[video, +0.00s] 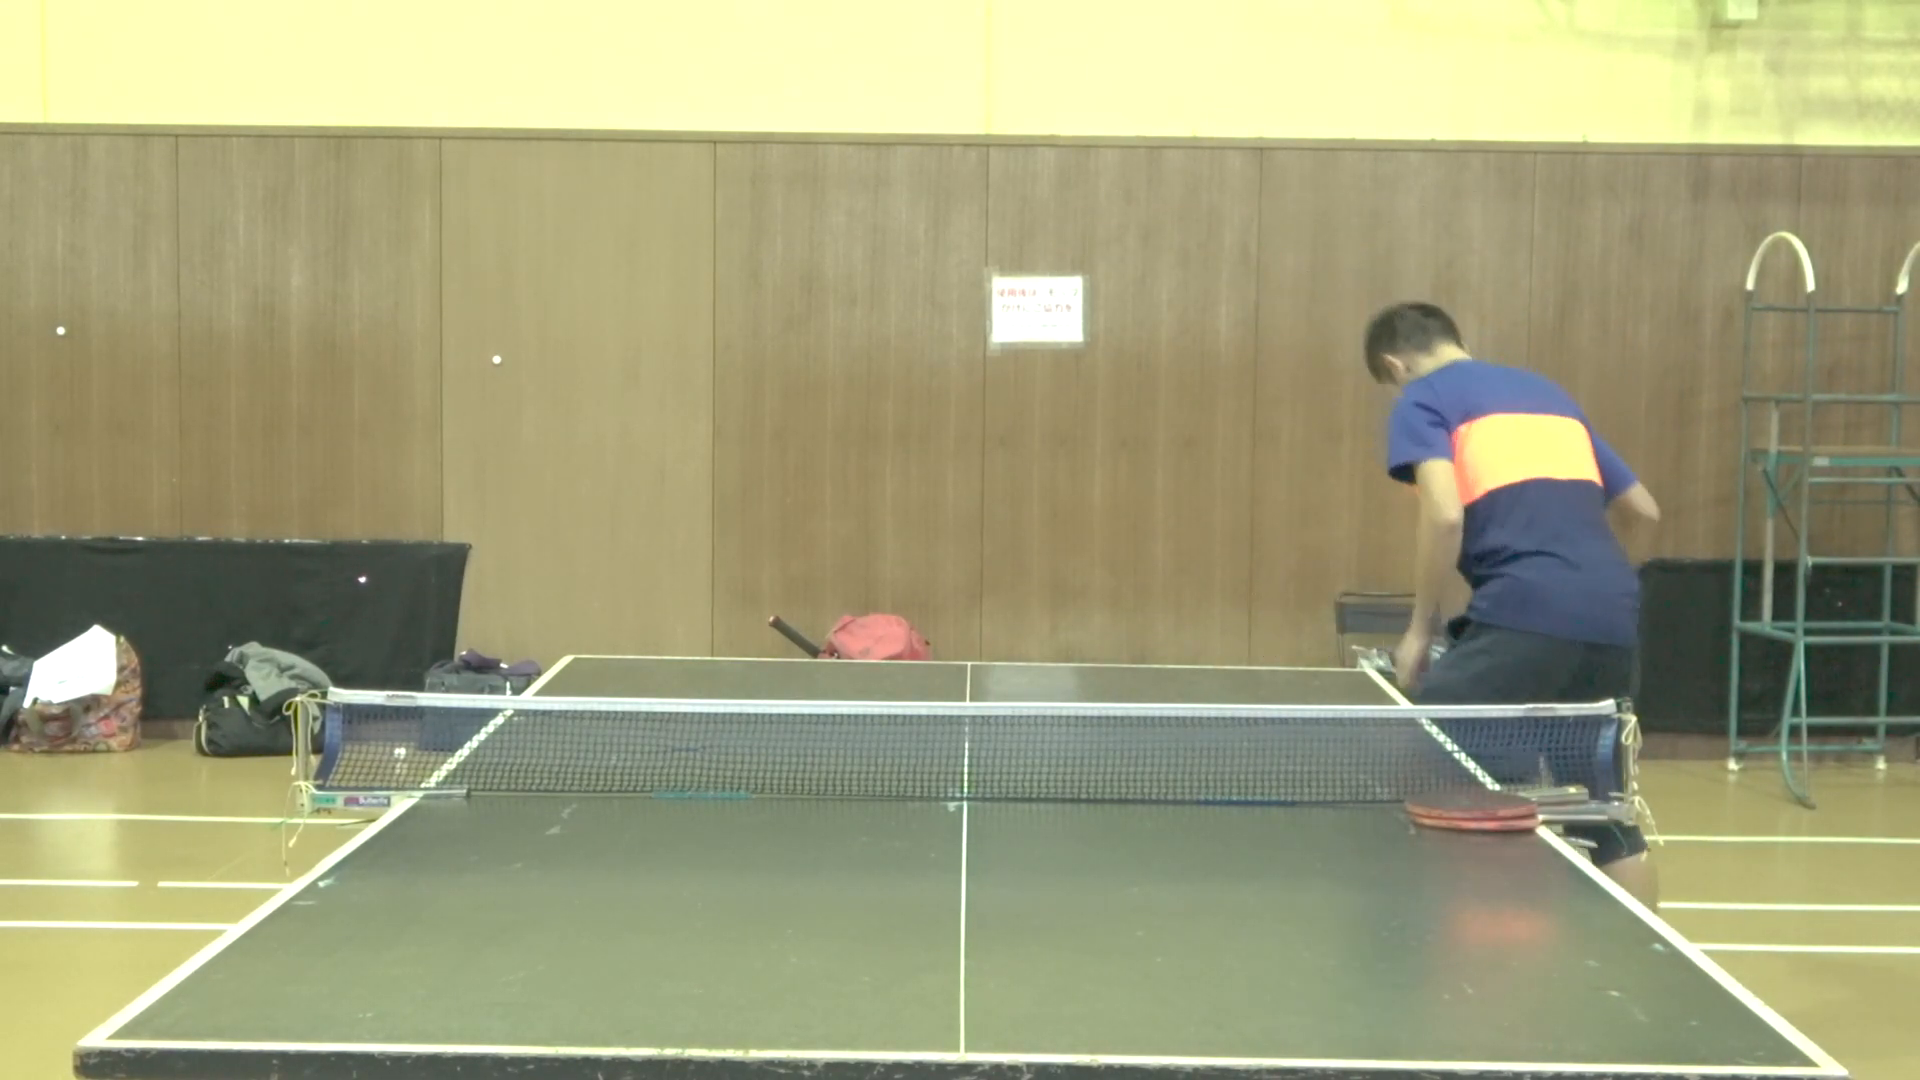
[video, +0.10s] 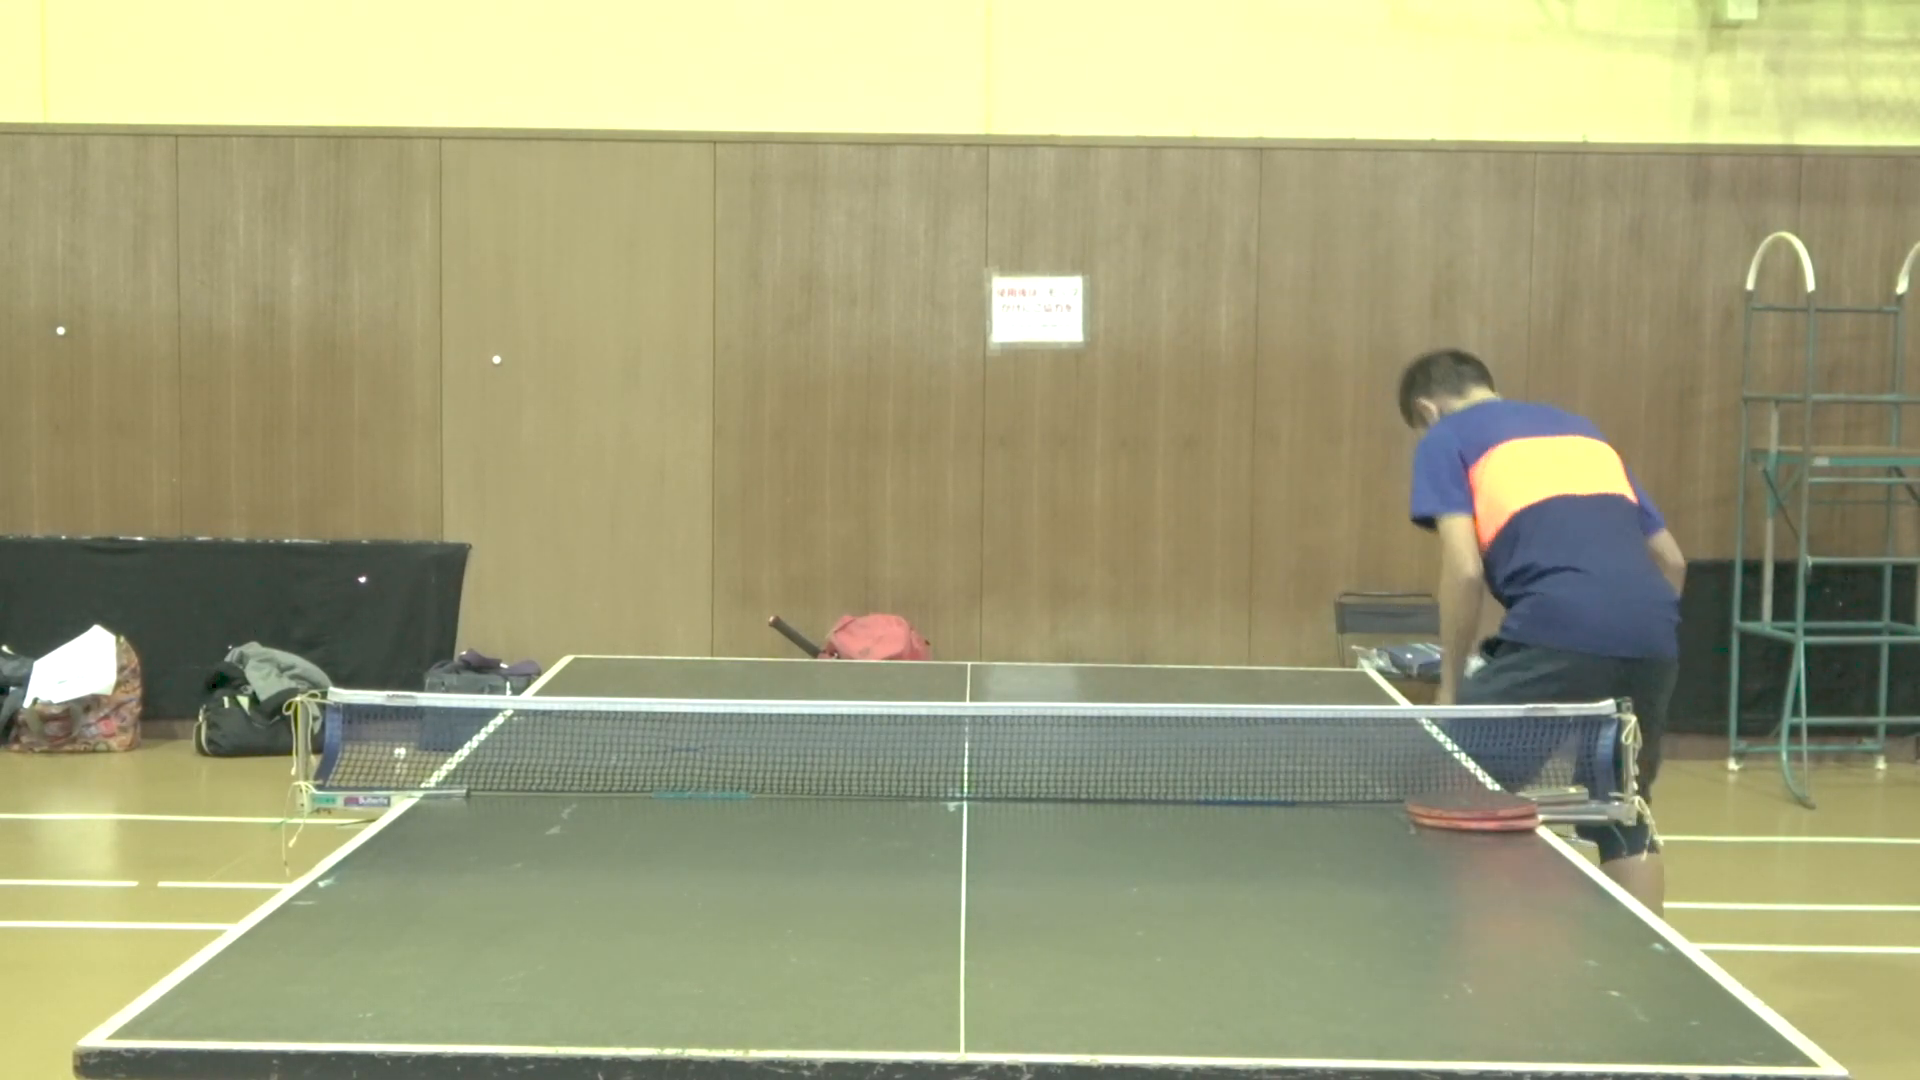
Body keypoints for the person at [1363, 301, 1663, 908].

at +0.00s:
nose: (1397, 394)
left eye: (1389, 382)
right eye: (1391, 384)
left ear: (1398, 363)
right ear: (1456, 343)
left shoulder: (1422, 401)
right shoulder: (1546, 392)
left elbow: (1446, 515)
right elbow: (1641, 510)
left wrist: (1420, 630)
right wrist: (1591, 587)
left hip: (1527, 621)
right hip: (1613, 627)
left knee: (1409, 764)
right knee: (1606, 805)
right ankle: (1640, 978)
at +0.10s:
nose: (1426, 438)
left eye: (1420, 427)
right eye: (1421, 428)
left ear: (1430, 408)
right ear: (1488, 388)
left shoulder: (1445, 439)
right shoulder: (1578, 427)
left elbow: (1465, 570)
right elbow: (1670, 560)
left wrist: (1450, 693)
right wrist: (1639, 642)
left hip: (1561, 629)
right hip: (1653, 636)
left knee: (1444, 783)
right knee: (1624, 804)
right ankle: (1640, 979)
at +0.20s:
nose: (1440, 479)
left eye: (1437, 467)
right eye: (1435, 469)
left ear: (1450, 446)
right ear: (1506, 426)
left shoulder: (1461, 479)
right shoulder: (1594, 451)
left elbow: (1498, 619)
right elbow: (1674, 577)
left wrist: (1485, 712)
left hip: (1582, 640)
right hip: (1678, 643)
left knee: (1465, 780)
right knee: (1634, 811)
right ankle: (1646, 980)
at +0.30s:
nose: (1448, 505)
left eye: (1444, 493)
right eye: (1442, 496)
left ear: (1455, 468)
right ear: (1509, 448)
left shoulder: (1471, 507)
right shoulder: (1598, 464)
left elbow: (1507, 646)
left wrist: (1503, 738)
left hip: (1601, 642)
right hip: (1696, 643)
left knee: (1480, 783)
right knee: (1639, 810)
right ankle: (1646, 976)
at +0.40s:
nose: (1444, 509)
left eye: (1437, 497)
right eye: (1436, 500)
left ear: (1451, 467)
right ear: (1502, 448)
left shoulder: (1473, 515)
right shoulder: (1595, 466)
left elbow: (1510, 648)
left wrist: (1503, 738)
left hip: (1610, 649)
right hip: (1702, 648)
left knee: (1492, 784)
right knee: (1637, 809)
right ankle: (1647, 972)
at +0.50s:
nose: (1420, 485)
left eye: (1415, 466)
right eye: (1412, 470)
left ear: (1444, 441)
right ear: (1491, 429)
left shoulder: (1466, 498)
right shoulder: (1581, 455)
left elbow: (1504, 646)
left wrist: (1471, 740)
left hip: (1608, 649)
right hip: (1699, 649)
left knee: (1476, 782)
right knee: (1628, 807)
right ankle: (1642, 977)